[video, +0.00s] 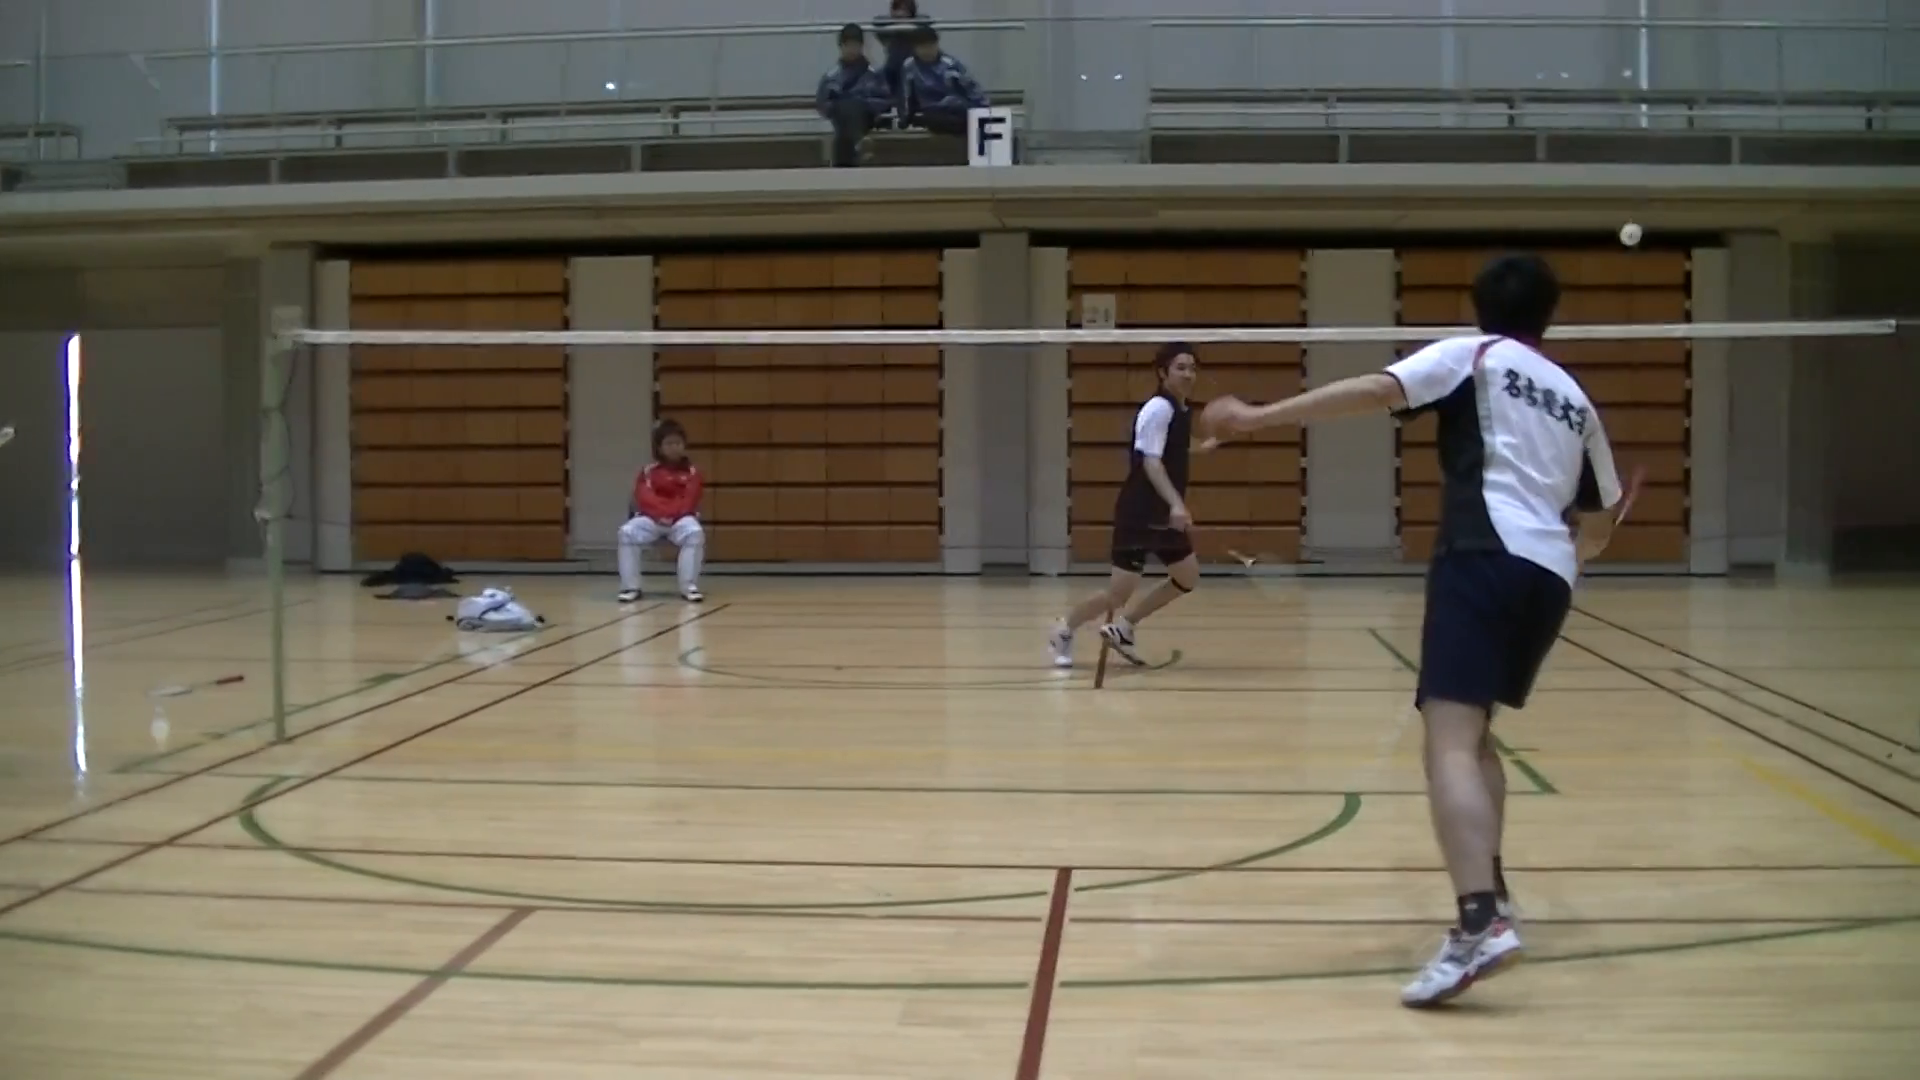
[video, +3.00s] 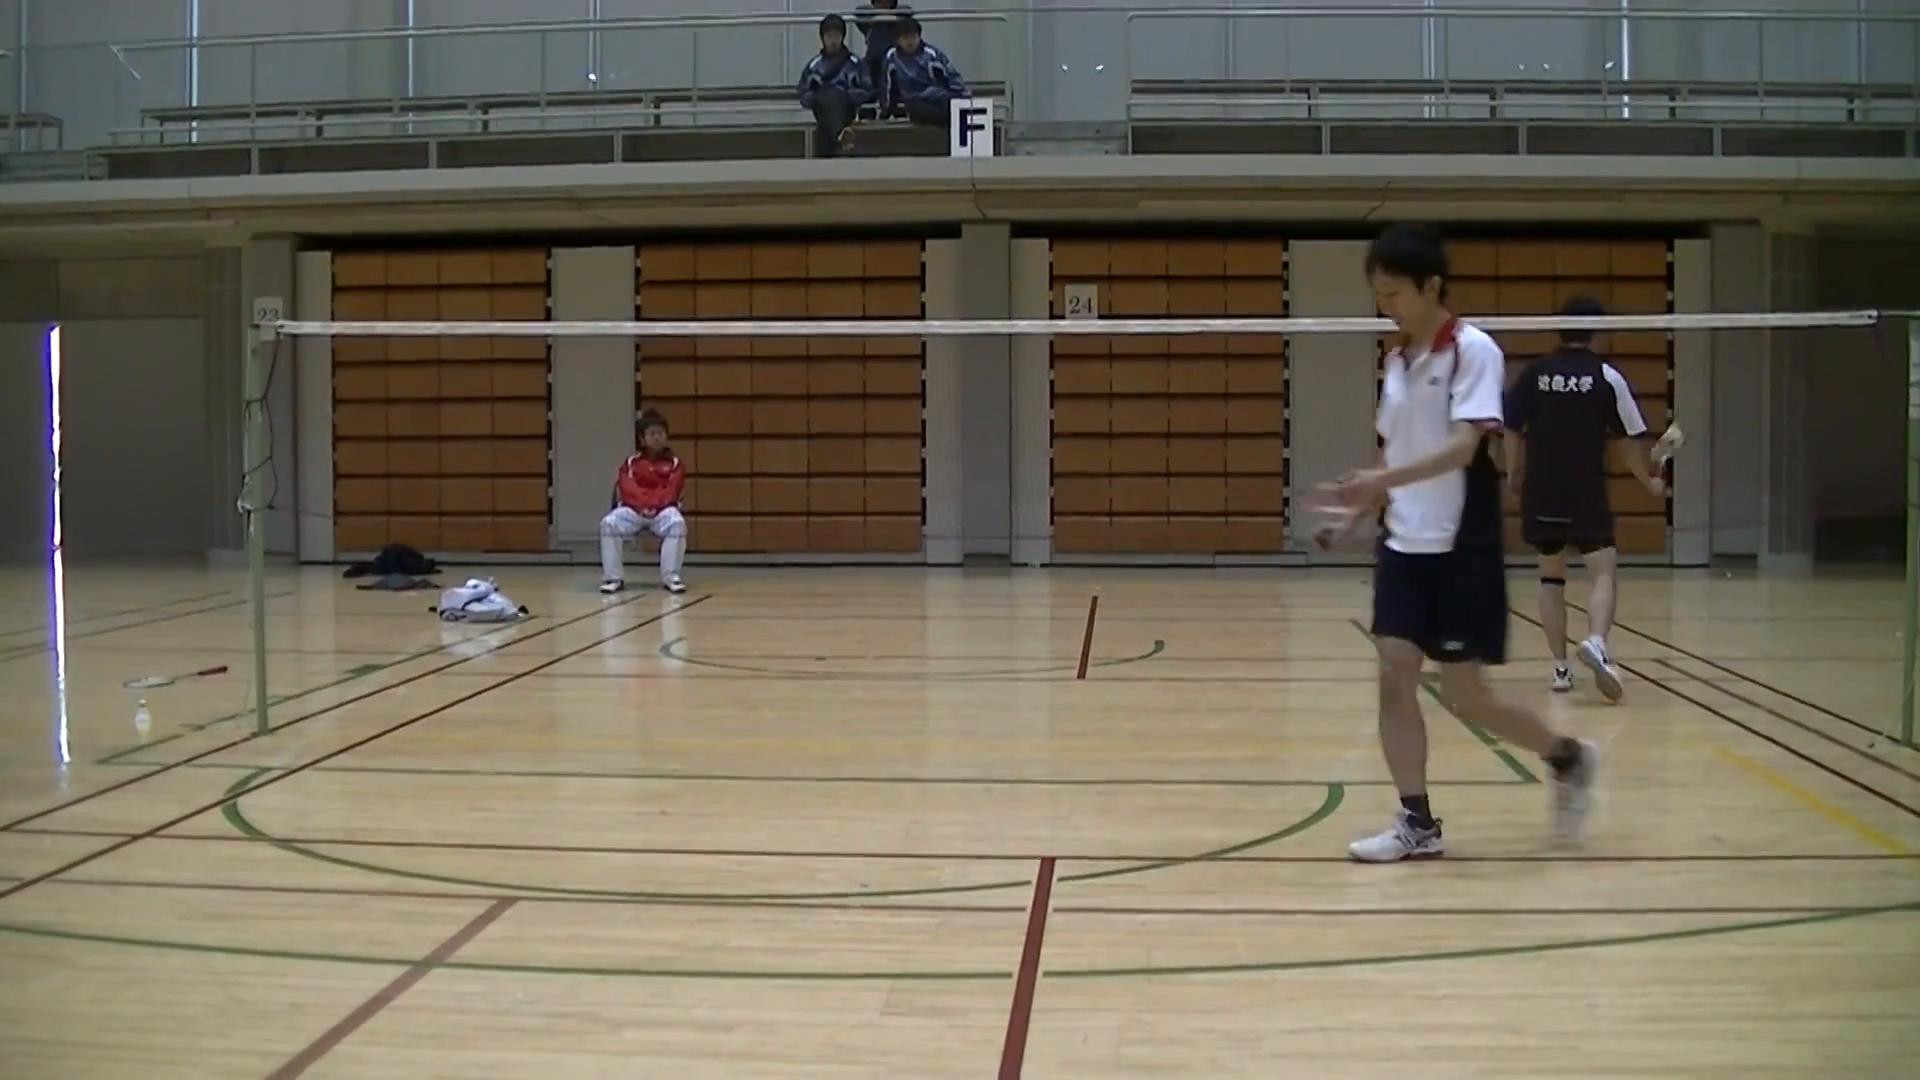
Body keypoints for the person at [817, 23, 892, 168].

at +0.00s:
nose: (851, 50)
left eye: (855, 45)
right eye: (847, 45)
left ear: (861, 47)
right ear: (840, 47)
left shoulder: (875, 76)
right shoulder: (830, 77)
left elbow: (886, 102)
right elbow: (822, 104)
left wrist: (862, 105)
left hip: (869, 119)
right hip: (840, 119)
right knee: (850, 106)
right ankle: (861, 144)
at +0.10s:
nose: (838, 50)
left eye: (842, 44)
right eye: (833, 44)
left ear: (848, 46)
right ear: (827, 47)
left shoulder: (861, 74)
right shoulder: (818, 75)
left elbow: (872, 101)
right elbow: (808, 103)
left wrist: (848, 106)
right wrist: (828, 110)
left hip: (855, 126)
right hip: (828, 127)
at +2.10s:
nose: (833, 52)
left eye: (837, 47)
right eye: (829, 48)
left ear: (843, 49)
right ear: (822, 50)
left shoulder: (855, 74)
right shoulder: (813, 76)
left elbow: (867, 103)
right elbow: (803, 107)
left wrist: (843, 108)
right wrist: (823, 109)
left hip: (848, 122)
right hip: (821, 123)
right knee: (830, 106)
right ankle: (840, 145)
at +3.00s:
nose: (833, 40)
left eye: (837, 36)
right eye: (828, 36)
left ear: (843, 37)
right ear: (822, 38)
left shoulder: (855, 63)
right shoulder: (813, 65)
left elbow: (868, 92)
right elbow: (803, 97)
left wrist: (842, 95)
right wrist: (821, 96)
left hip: (848, 115)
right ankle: (841, 134)